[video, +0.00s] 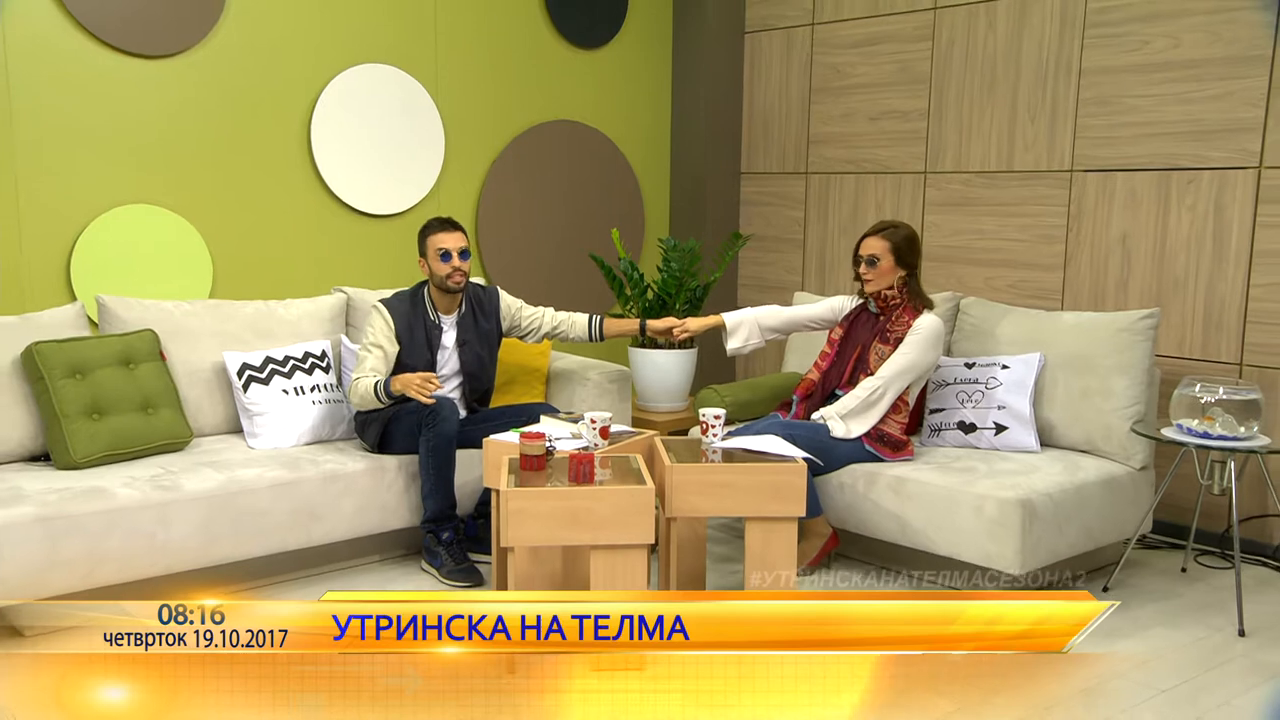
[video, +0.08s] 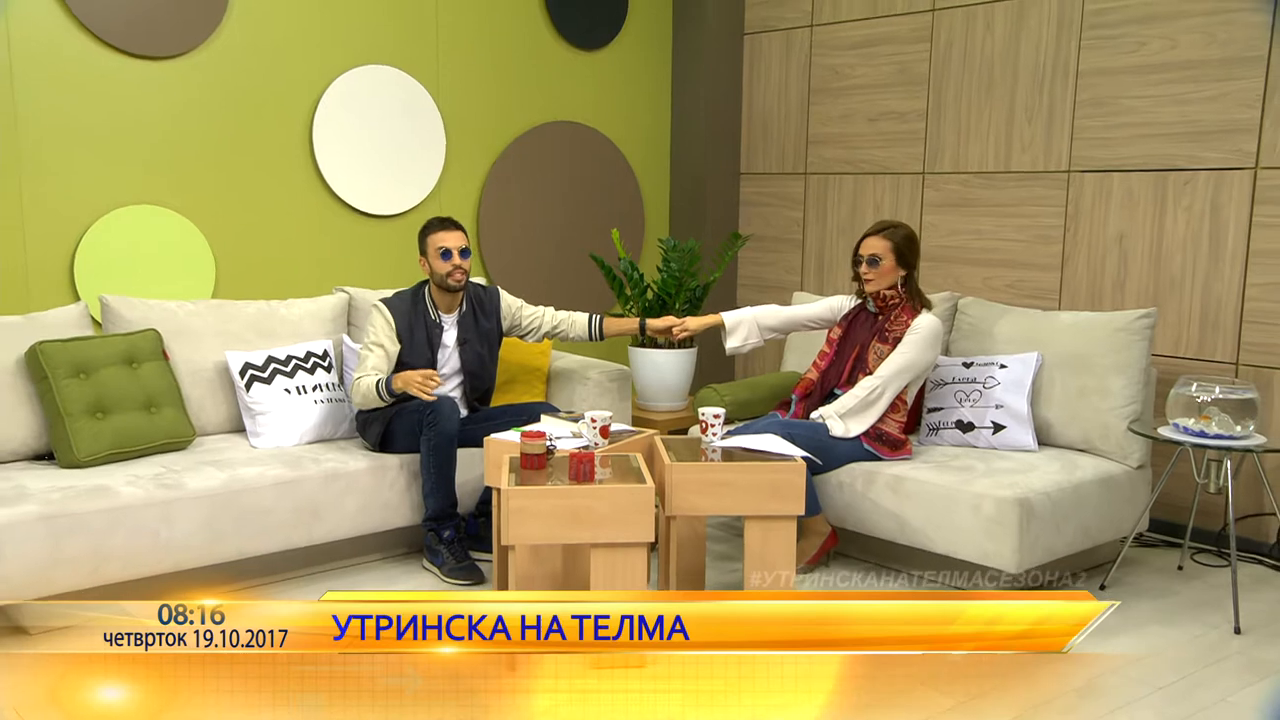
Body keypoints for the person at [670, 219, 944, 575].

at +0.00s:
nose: (862, 270)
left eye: (872, 261)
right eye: (860, 261)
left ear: (902, 267)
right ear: (857, 264)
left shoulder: (926, 326)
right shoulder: (852, 307)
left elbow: (883, 384)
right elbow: (784, 317)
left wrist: (821, 421)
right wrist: (710, 321)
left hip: (873, 433)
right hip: (825, 416)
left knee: (775, 439)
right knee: (738, 439)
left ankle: (817, 530)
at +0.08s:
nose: (863, 270)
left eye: (874, 261)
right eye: (860, 261)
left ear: (902, 267)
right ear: (857, 264)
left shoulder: (925, 326)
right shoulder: (851, 307)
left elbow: (881, 384)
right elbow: (784, 317)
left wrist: (819, 420)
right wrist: (710, 320)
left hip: (872, 432)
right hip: (825, 415)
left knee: (773, 437)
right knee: (739, 438)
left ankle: (816, 529)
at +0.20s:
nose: (862, 270)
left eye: (874, 261)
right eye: (859, 261)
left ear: (901, 267)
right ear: (855, 264)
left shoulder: (922, 326)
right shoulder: (849, 307)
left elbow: (879, 383)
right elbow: (782, 317)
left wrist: (819, 418)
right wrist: (709, 320)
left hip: (870, 431)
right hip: (821, 414)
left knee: (773, 437)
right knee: (736, 437)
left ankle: (814, 527)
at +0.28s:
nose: (862, 269)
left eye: (873, 261)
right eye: (858, 261)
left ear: (900, 267)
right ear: (854, 265)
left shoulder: (920, 325)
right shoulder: (847, 307)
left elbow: (878, 381)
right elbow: (781, 317)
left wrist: (816, 418)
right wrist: (708, 321)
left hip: (868, 431)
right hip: (820, 414)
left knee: (770, 435)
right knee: (735, 437)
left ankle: (813, 524)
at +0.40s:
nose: (859, 269)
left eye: (871, 261)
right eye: (856, 261)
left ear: (898, 267)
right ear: (852, 264)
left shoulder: (917, 324)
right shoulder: (845, 306)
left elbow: (875, 381)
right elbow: (779, 316)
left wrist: (815, 417)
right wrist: (707, 320)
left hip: (867, 429)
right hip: (820, 412)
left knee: (770, 434)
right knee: (735, 435)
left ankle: (812, 523)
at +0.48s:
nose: (858, 269)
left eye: (869, 261)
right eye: (855, 261)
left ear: (896, 266)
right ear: (851, 264)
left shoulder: (916, 324)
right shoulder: (844, 305)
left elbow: (873, 380)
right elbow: (779, 315)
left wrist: (814, 417)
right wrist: (707, 318)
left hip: (865, 428)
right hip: (818, 412)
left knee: (769, 433)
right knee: (736, 434)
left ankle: (811, 522)